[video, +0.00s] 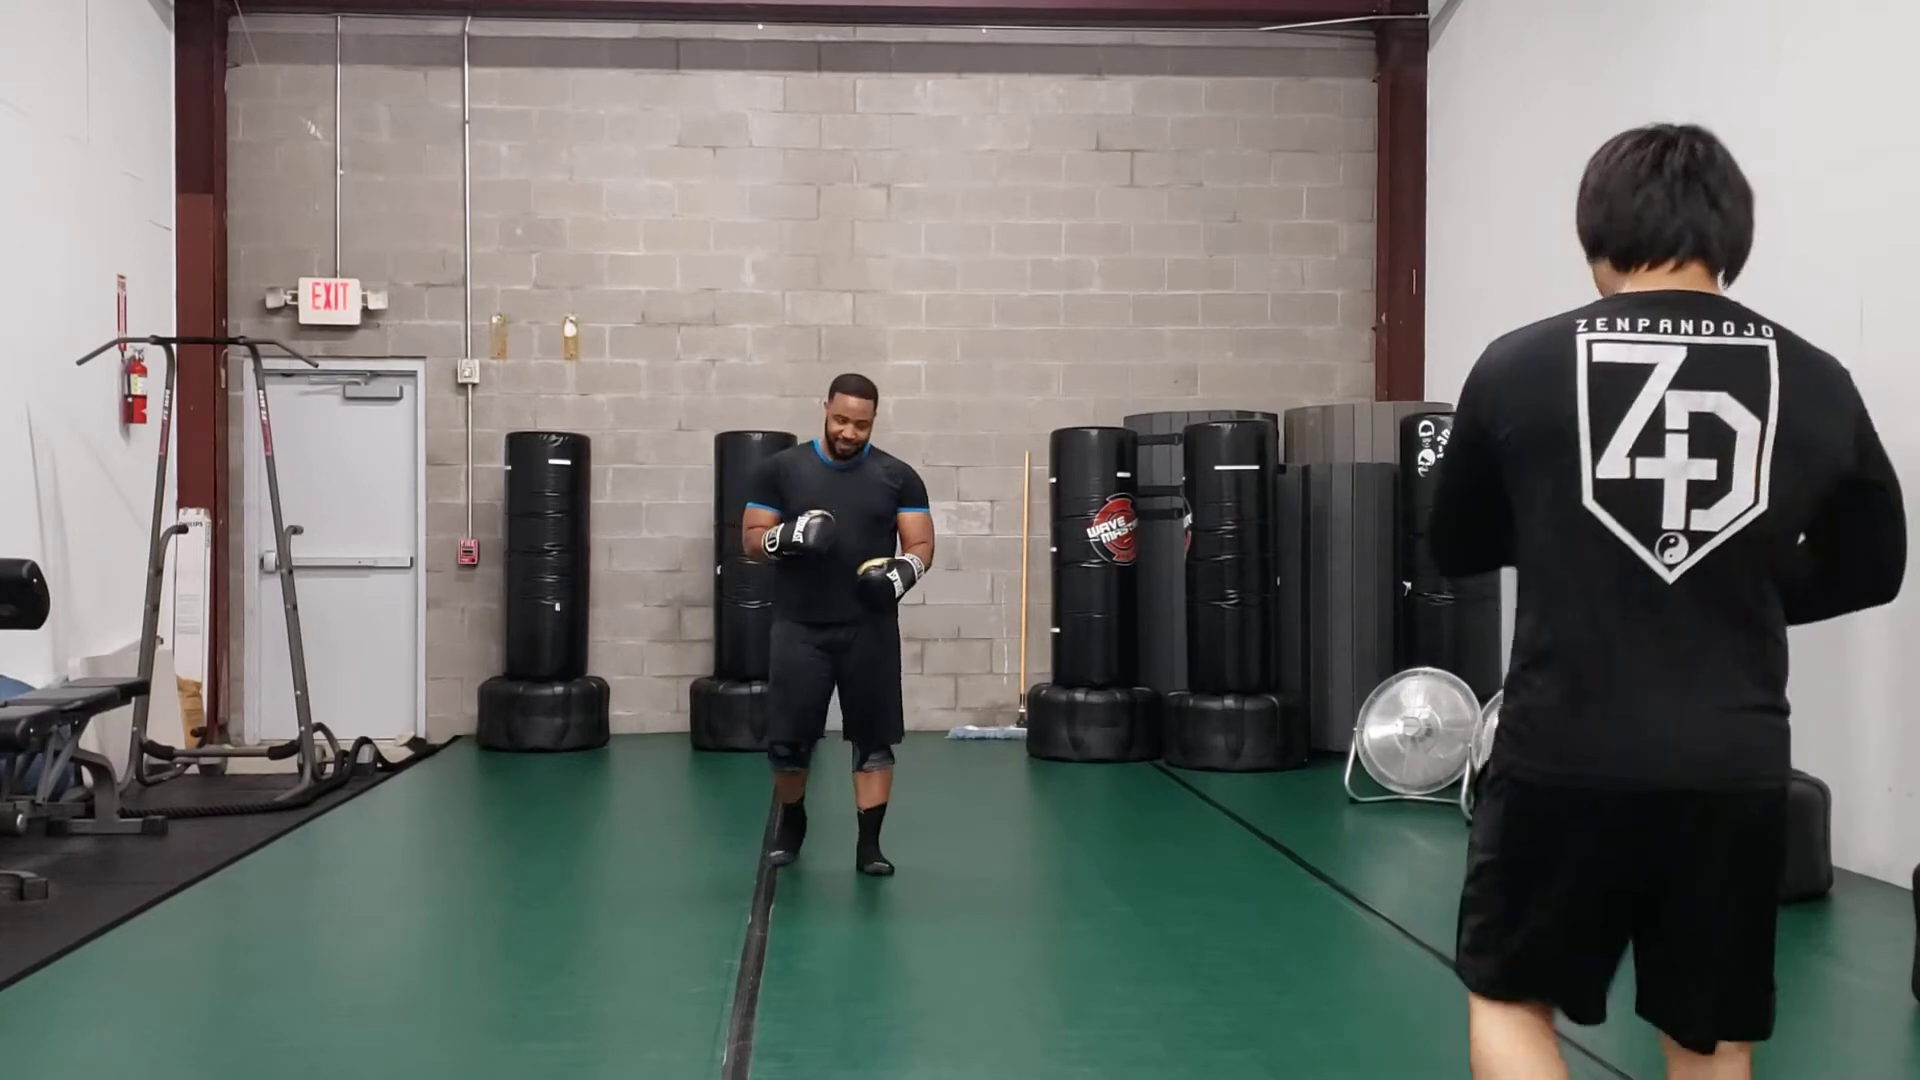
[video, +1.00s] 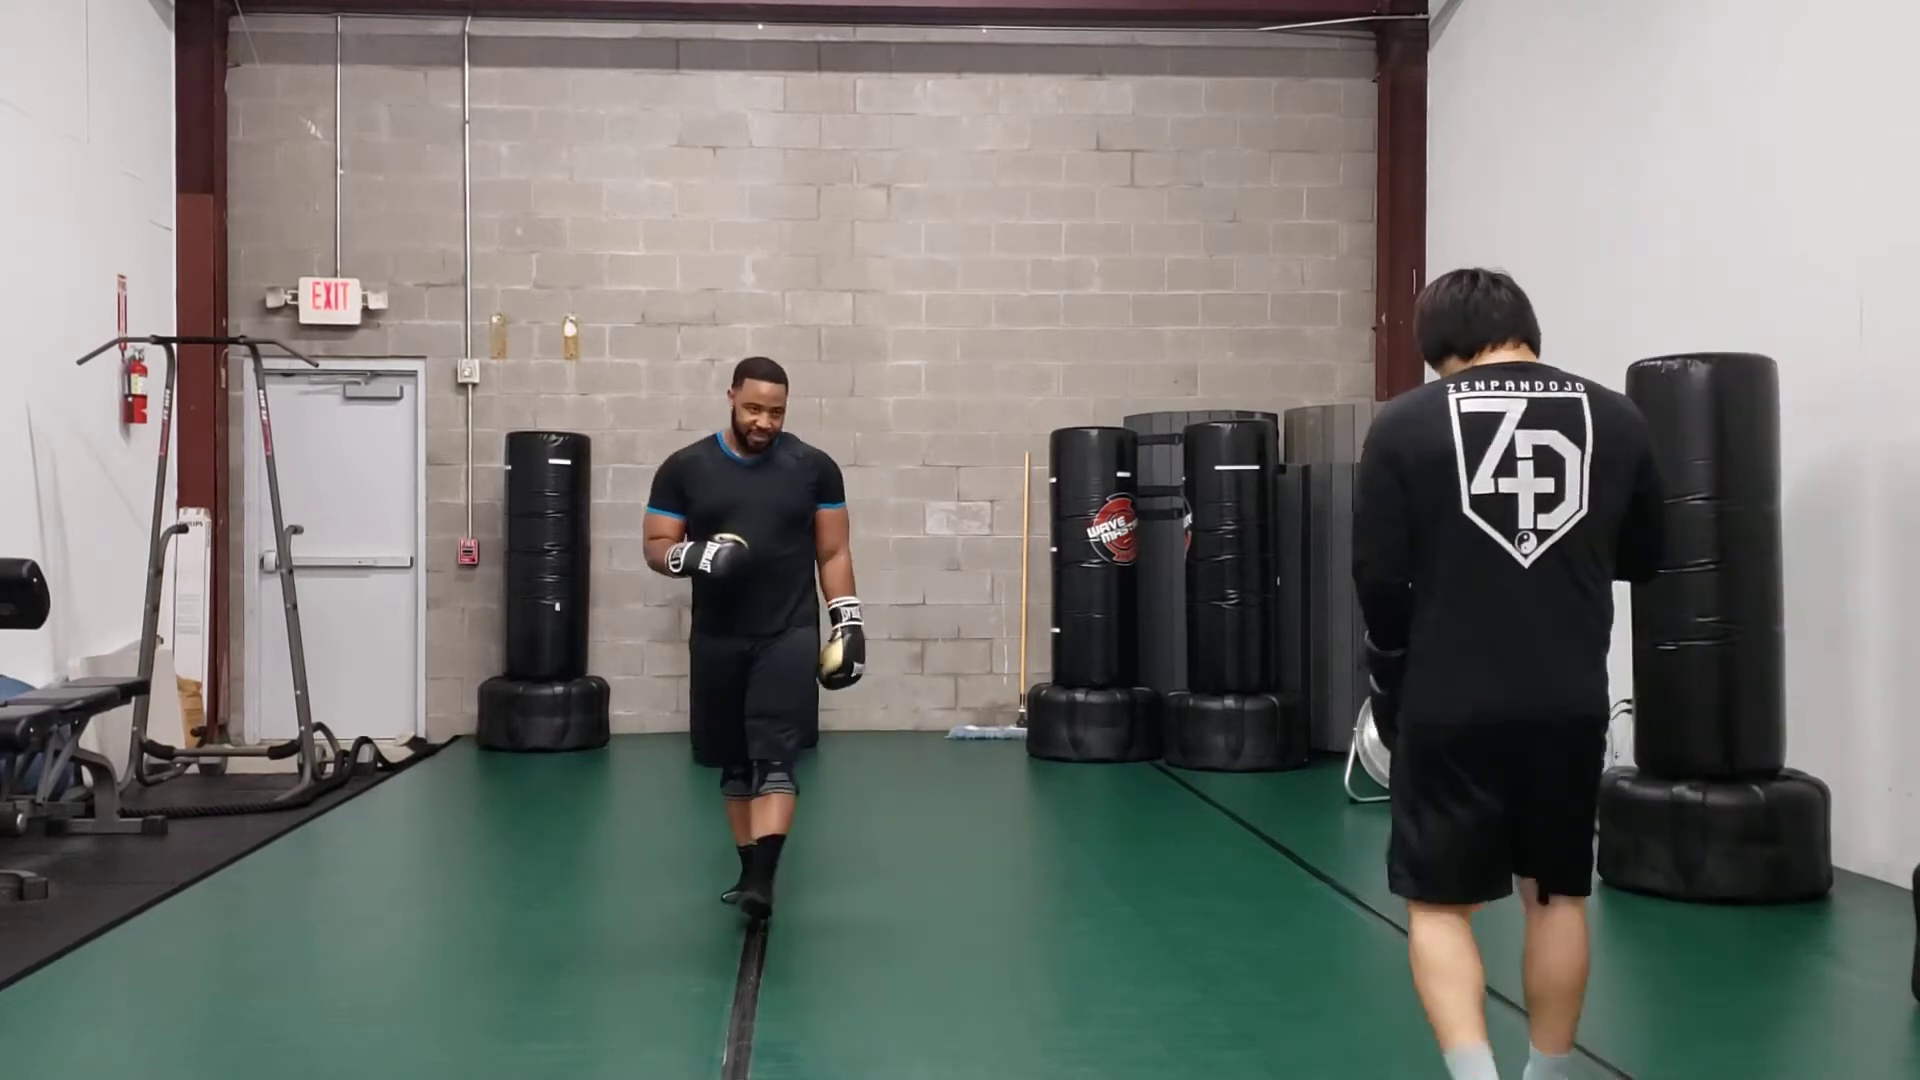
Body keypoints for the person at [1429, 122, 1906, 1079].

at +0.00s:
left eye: (1594, 235)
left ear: (1597, 242)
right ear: (1730, 242)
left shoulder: (1521, 366)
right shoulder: (1811, 375)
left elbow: (1455, 546)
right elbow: (1871, 565)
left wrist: (1569, 512)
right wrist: (1743, 586)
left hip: (1560, 762)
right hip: (1731, 773)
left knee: (1509, 995)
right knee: (1711, 1039)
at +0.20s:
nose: (1554, 295)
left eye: (1553, 276)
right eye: (1552, 278)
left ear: (1570, 268)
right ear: (1684, 260)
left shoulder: (1515, 380)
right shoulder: (1782, 382)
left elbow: (1462, 568)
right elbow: (1839, 567)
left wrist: (1549, 603)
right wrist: (1710, 549)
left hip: (1547, 748)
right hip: (1708, 754)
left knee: (1500, 961)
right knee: (1692, 1008)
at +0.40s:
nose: (1493, 346)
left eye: (1491, 329)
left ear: (1500, 322)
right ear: (1609, 302)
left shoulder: (1456, 417)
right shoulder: (1709, 407)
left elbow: (1426, 594)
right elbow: (1741, 586)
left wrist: (1505, 645)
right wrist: (1644, 565)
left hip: (1511, 745)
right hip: (1658, 744)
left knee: (1493, 969)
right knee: (1670, 994)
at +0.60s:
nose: (1442, 339)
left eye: (1440, 326)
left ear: (1447, 326)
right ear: (1551, 307)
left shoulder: (1409, 410)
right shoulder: (1641, 394)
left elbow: (1375, 566)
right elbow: (1674, 563)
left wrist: (1457, 609)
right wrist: (1584, 584)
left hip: (1468, 722)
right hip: (1601, 716)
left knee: (1474, 937)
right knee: (1625, 918)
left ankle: (1477, 1079)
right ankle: (1630, 1074)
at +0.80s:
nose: (1424, 360)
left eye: (1423, 347)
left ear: (1429, 343)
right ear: (1528, 326)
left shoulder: (1396, 418)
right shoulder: (1615, 405)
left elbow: (1374, 575)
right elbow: (1654, 559)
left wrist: (1422, 650)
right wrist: (1572, 565)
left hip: (1456, 709)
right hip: (1574, 705)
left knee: (1467, 928)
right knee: (1569, 903)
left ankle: (1476, 1074)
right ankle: (1572, 1069)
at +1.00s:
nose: (1434, 374)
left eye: (1433, 361)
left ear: (1440, 356)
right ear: (1532, 341)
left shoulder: (1405, 425)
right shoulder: (1611, 414)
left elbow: (1380, 576)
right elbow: (1645, 556)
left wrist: (1396, 672)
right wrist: (1568, 534)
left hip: (1451, 701)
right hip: (1567, 699)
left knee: (1439, 905)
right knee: (1557, 892)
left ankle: (1475, 1071)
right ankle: (1547, 1071)